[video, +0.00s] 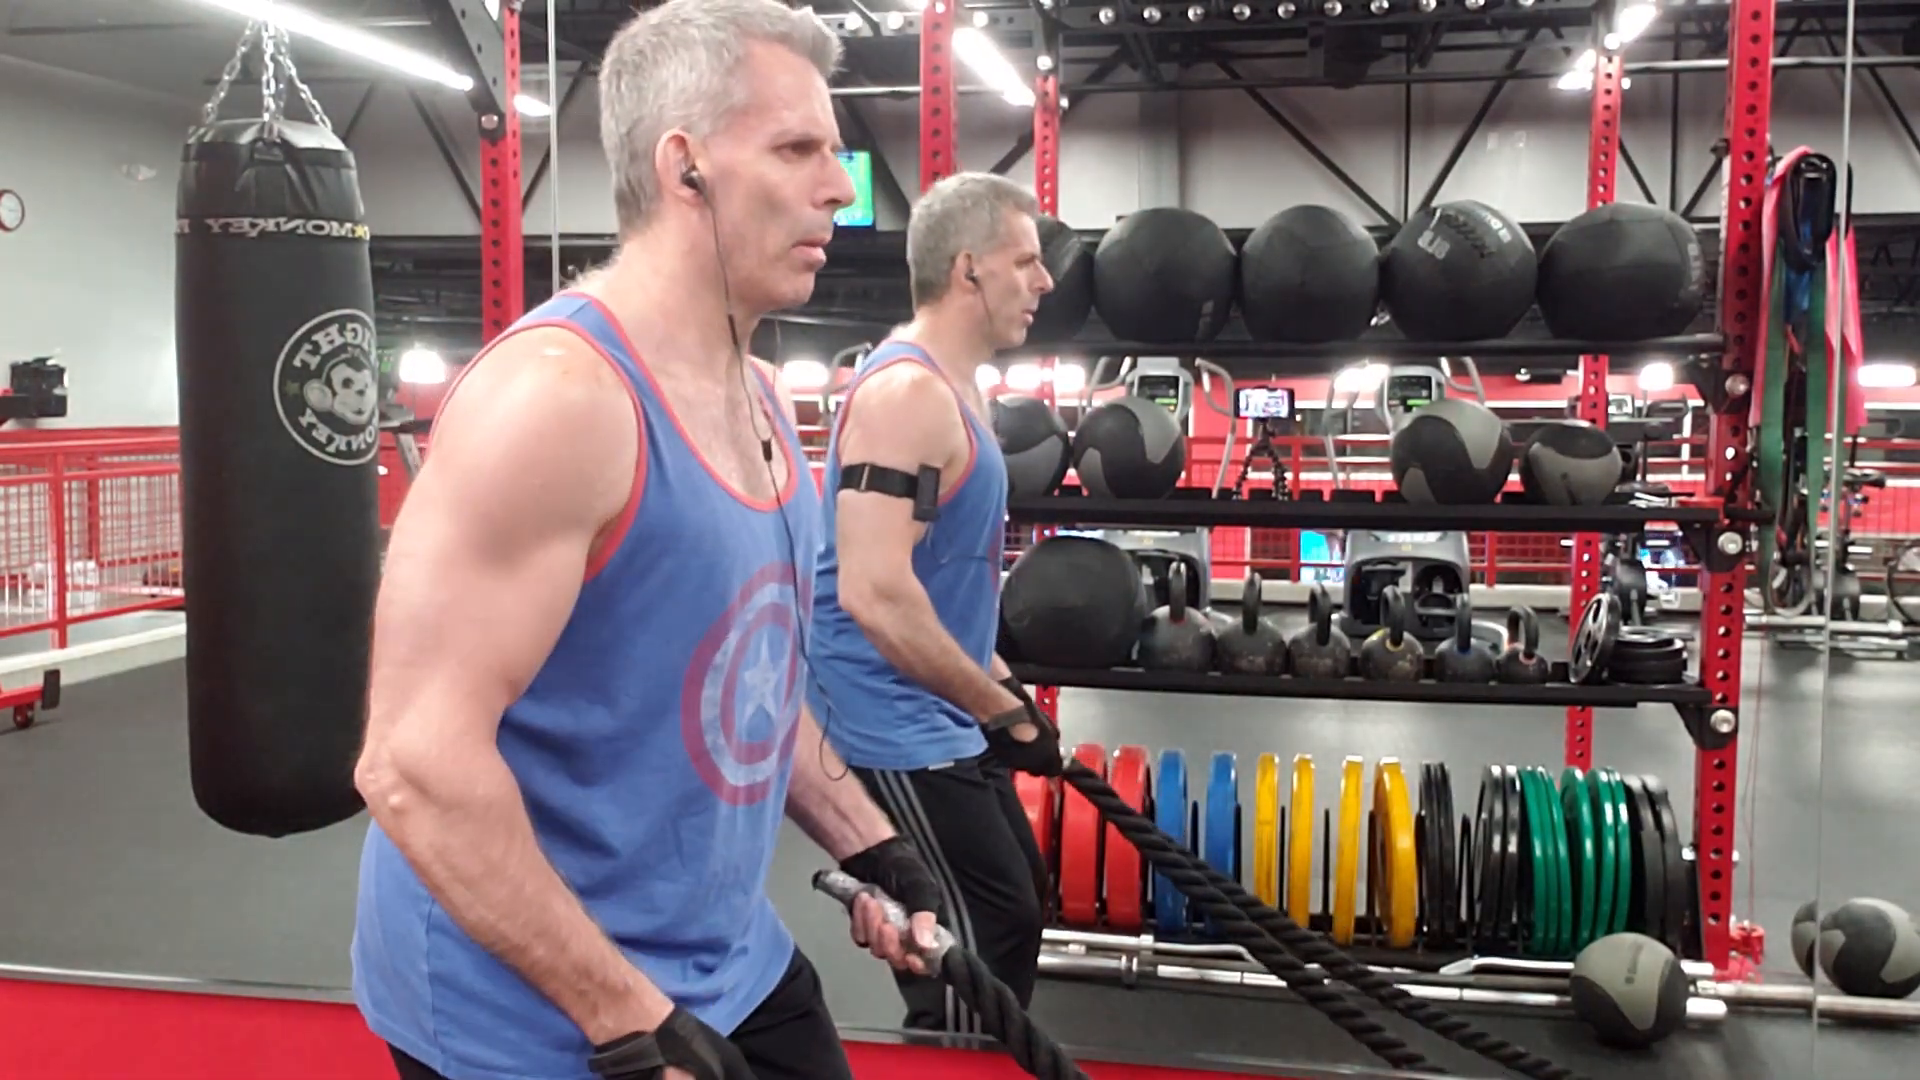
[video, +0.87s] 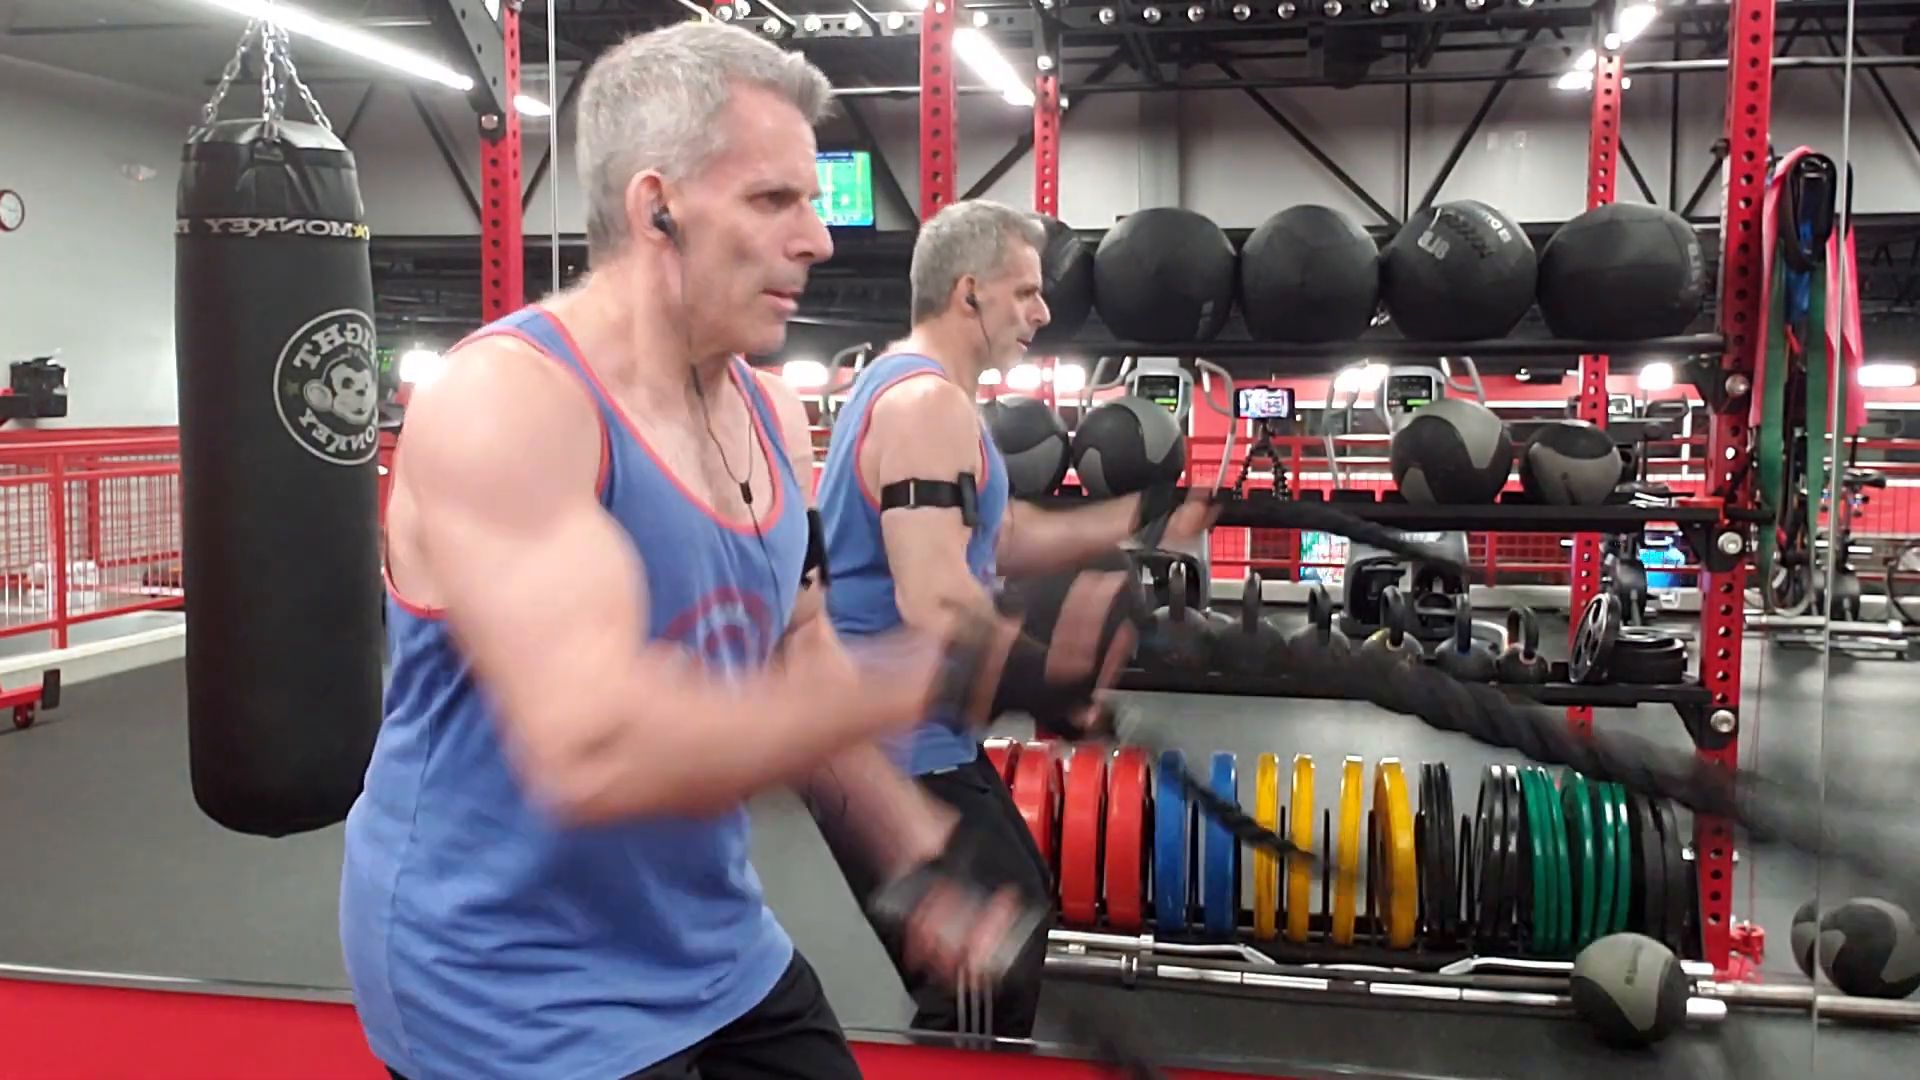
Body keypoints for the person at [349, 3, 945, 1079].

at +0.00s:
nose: (840, 189)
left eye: (834, 151)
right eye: (798, 148)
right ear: (684, 164)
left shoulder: (755, 394)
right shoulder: (549, 395)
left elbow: (746, 679)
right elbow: (416, 763)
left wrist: (875, 859)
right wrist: (633, 1027)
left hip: (731, 959)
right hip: (530, 1015)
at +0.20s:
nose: (839, 189)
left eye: (835, 153)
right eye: (797, 149)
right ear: (682, 165)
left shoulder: (751, 393)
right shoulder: (553, 383)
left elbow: (739, 686)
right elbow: (432, 754)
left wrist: (870, 865)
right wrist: (674, 1017)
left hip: (733, 959)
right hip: (533, 1017)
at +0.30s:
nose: (819, 189)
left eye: (817, 155)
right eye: (781, 149)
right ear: (666, 158)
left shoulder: (746, 388)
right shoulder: (533, 367)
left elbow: (730, 696)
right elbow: (533, 723)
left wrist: (827, 891)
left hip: (722, 947)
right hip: (541, 986)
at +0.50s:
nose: (815, 206)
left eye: (812, 168)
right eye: (775, 164)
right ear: (658, 175)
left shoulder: (741, 388)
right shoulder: (516, 383)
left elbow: (752, 673)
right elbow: (581, 740)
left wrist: (857, 855)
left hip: (697, 924)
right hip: (516, 967)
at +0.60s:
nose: (818, 209)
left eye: (814, 172)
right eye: (779, 169)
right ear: (663, 176)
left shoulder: (729, 374)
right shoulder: (529, 396)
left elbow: (784, 611)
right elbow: (506, 788)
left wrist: (969, 687)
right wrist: (733, 1026)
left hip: (695, 913)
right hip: (514, 979)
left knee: (793, 1049)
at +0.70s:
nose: (817, 216)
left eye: (812, 180)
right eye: (779, 178)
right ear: (658, 185)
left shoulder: (742, 386)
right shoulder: (523, 389)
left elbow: (811, 624)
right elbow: (524, 762)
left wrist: (1017, 625)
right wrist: (784, 913)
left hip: (705, 961)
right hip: (519, 1004)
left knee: (815, 1065)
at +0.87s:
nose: (817, 239)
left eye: (812, 201)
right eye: (776, 200)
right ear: (656, 207)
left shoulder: (765, 404)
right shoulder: (493, 404)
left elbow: (803, 660)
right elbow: (588, 751)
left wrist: (922, 862)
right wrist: (878, 688)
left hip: (708, 922)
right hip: (510, 965)